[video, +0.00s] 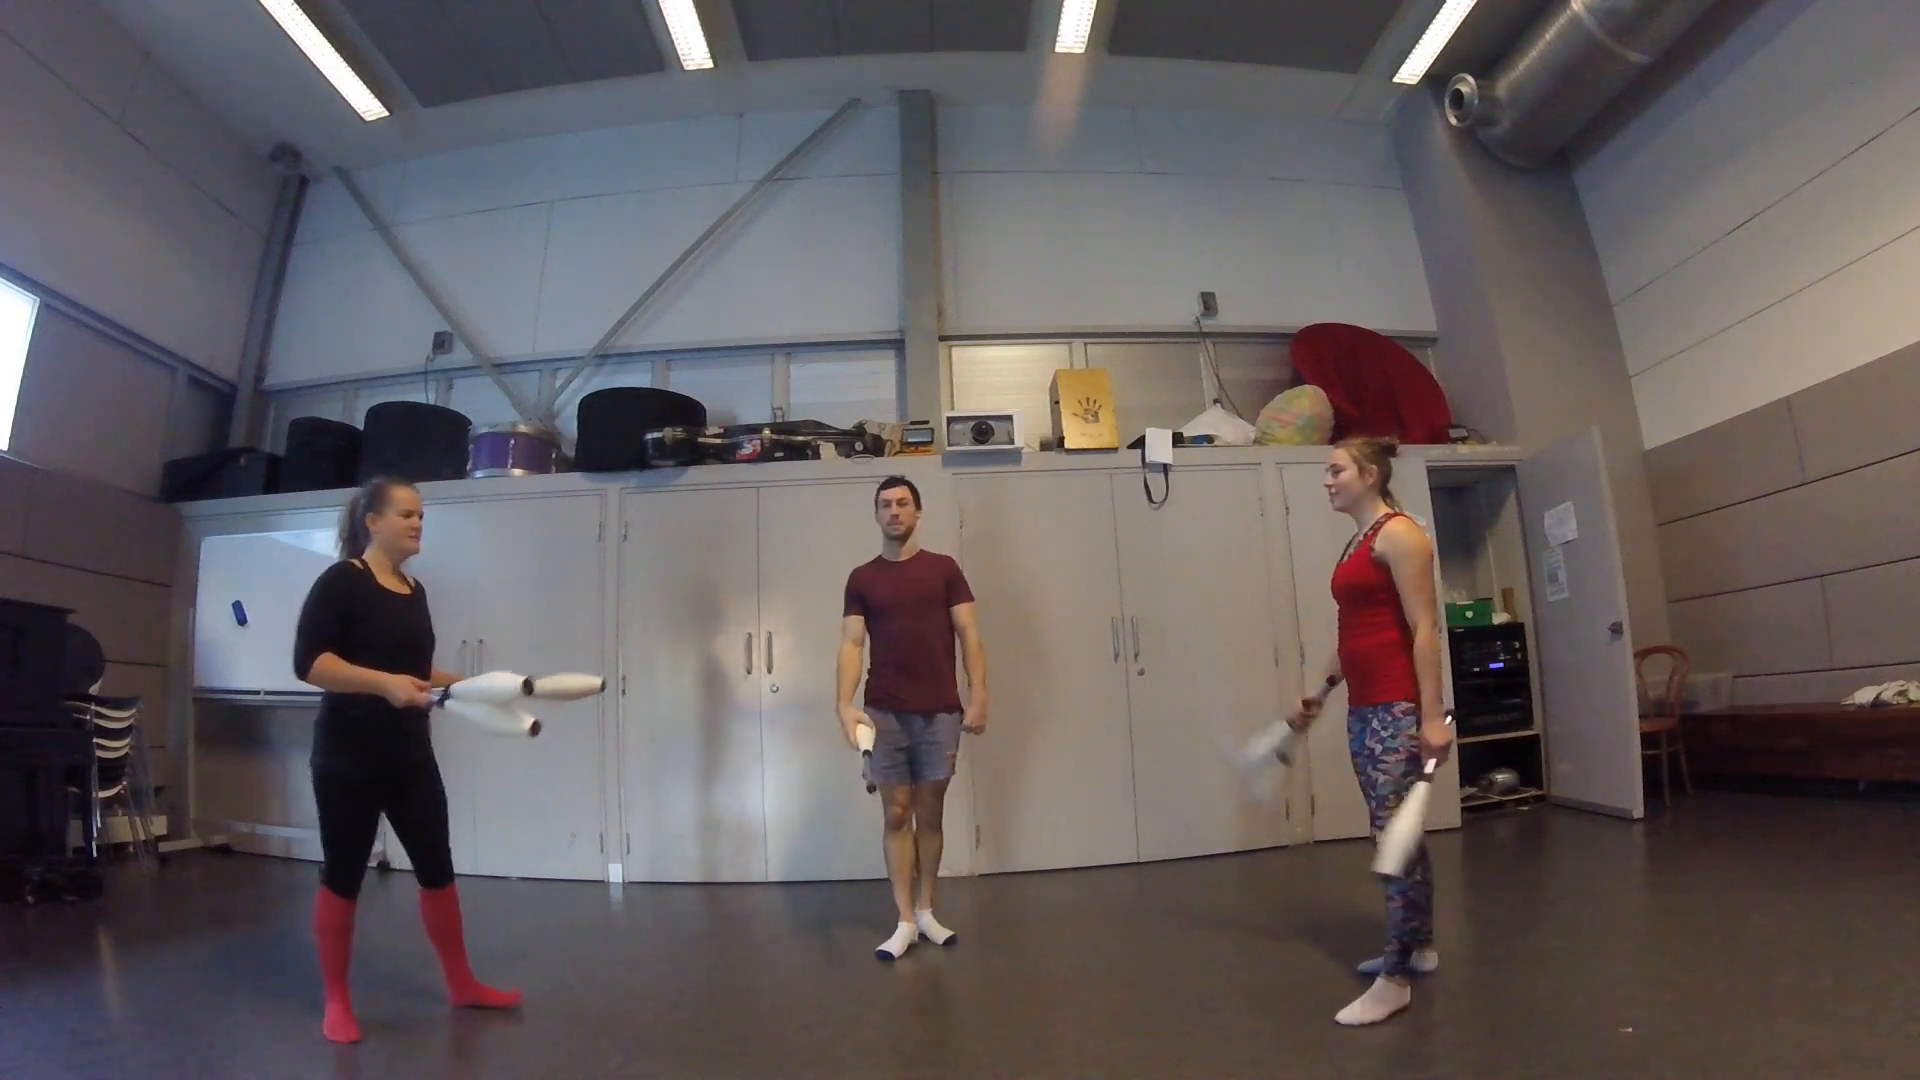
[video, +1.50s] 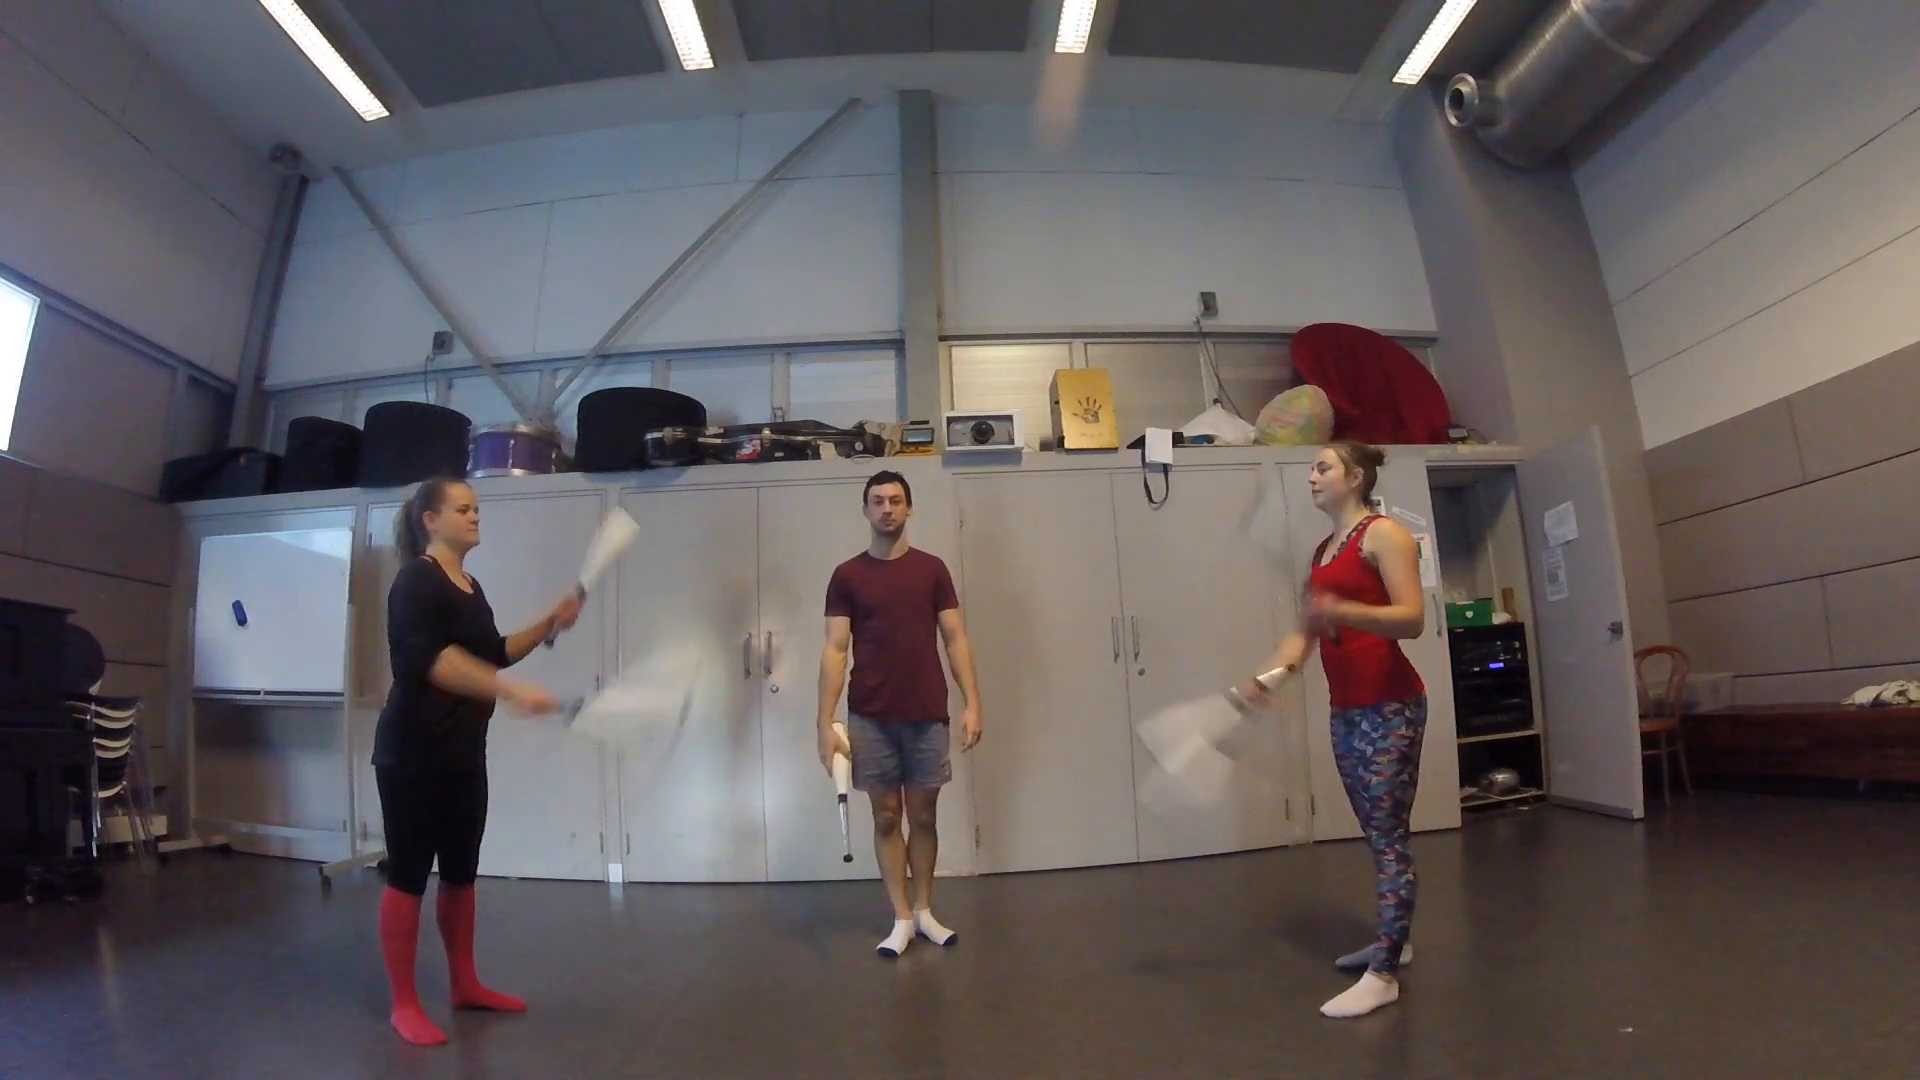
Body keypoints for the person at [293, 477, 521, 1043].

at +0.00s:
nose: (419, 525)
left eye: (421, 517)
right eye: (408, 516)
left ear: (415, 527)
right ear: (371, 522)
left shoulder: (412, 591)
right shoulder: (338, 583)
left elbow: (412, 670)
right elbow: (310, 663)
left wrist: (473, 687)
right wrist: (385, 683)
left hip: (409, 752)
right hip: (348, 753)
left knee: (436, 869)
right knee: (342, 875)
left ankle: (462, 986)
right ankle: (337, 1002)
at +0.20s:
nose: (437, 528)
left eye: (438, 520)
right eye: (426, 518)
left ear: (430, 529)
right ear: (390, 525)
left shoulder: (433, 593)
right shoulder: (364, 586)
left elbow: (450, 668)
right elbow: (356, 657)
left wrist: (508, 653)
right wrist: (429, 643)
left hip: (440, 755)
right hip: (381, 759)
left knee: (453, 872)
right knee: (380, 882)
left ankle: (465, 986)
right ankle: (342, 997)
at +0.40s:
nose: (451, 523)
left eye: (451, 515)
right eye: (439, 514)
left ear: (447, 529)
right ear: (403, 524)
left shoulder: (448, 593)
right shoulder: (380, 581)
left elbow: (493, 646)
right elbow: (403, 626)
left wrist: (530, 597)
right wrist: (457, 569)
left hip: (454, 750)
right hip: (401, 754)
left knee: (459, 871)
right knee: (424, 876)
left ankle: (465, 985)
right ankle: (394, 1000)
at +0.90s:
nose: (460, 519)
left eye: (461, 511)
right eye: (449, 510)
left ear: (454, 523)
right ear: (413, 519)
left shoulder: (460, 588)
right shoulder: (389, 582)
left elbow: (503, 646)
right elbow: (418, 643)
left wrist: (531, 596)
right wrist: (490, 610)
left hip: (457, 750)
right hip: (402, 753)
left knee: (458, 871)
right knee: (403, 875)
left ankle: (465, 986)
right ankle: (404, 1004)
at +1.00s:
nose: (465, 519)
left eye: (465, 510)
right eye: (454, 510)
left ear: (458, 522)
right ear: (417, 519)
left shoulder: (462, 586)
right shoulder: (395, 582)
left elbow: (505, 645)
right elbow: (400, 660)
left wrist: (536, 590)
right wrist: (481, 671)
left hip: (457, 748)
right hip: (402, 751)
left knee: (457, 871)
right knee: (403, 875)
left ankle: (465, 986)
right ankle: (404, 1005)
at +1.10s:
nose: (469, 518)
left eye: (470, 510)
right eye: (458, 510)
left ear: (463, 523)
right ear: (422, 520)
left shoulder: (467, 587)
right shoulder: (401, 584)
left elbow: (508, 644)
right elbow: (391, 669)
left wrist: (538, 587)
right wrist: (455, 723)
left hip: (461, 749)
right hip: (405, 751)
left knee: (457, 872)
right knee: (404, 876)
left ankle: (465, 986)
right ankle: (404, 1006)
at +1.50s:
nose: (476, 519)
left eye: (476, 510)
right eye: (465, 510)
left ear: (467, 521)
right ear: (429, 520)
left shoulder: (468, 585)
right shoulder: (415, 583)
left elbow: (492, 656)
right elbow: (434, 661)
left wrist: (549, 625)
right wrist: (513, 691)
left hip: (462, 750)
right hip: (412, 753)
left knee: (459, 869)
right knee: (408, 873)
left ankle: (466, 987)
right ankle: (404, 1006)